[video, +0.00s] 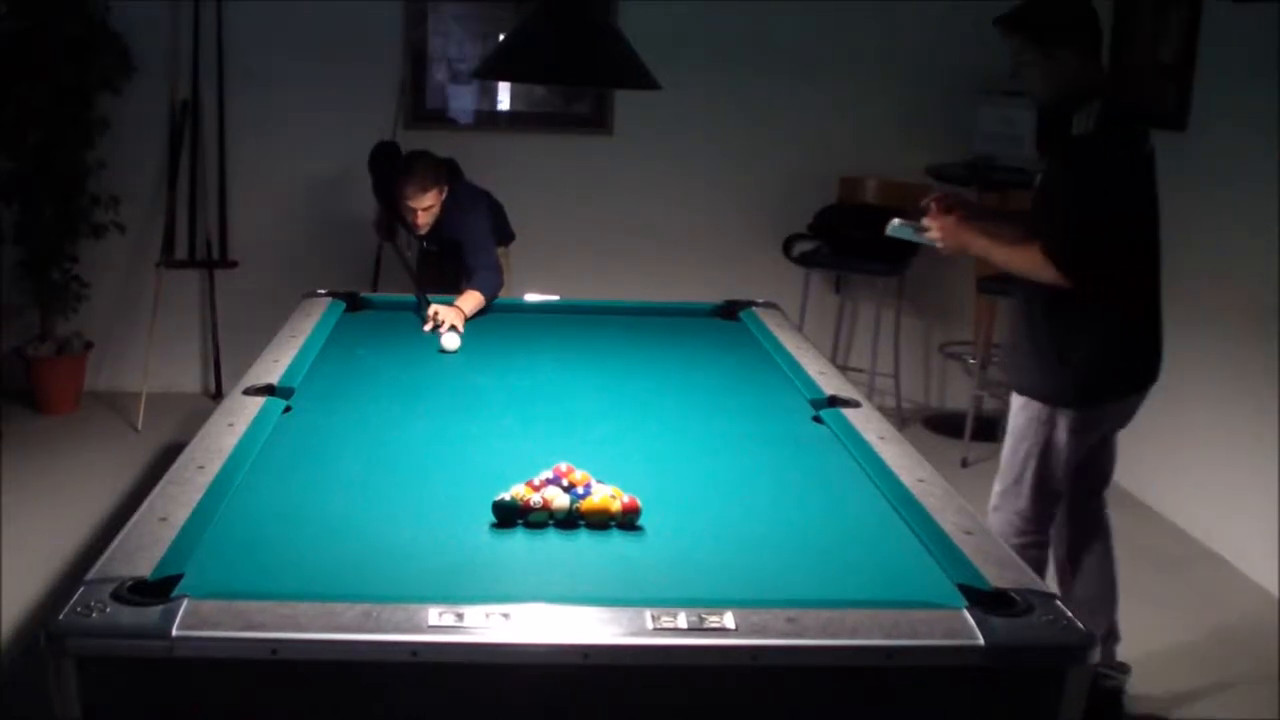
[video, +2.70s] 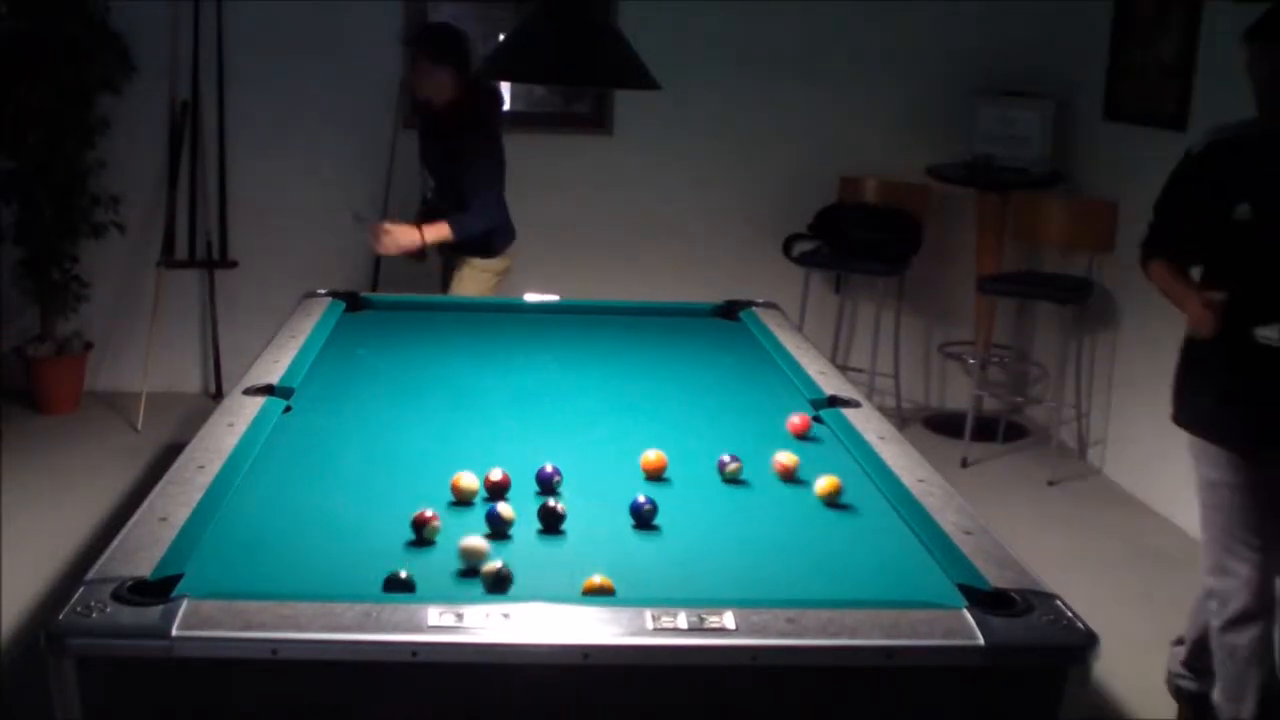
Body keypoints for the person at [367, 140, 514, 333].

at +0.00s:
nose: (419, 219)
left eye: (428, 209)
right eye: (411, 210)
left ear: (443, 194)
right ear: (399, 202)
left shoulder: (468, 210)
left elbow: (490, 275)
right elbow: (383, 150)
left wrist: (460, 310)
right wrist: (387, 212)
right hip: (434, 246)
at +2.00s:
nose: (425, 191)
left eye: (435, 180)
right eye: (417, 181)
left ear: (450, 166)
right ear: (404, 171)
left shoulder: (472, 183)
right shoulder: (391, 166)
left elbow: (495, 260)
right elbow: (380, 162)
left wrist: (460, 309)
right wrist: (388, 228)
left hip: (474, 261)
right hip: (432, 257)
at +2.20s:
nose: (445, 162)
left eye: (456, 151)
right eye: (437, 150)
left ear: (472, 143)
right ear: (424, 142)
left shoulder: (490, 172)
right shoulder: (408, 153)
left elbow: (503, 257)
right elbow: (394, 172)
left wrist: (466, 307)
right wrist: (408, 227)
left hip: (481, 259)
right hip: (435, 253)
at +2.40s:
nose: (449, 133)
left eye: (461, 124)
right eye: (443, 122)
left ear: (478, 124)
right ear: (431, 118)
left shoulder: (492, 159)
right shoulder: (418, 141)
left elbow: (497, 244)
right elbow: (404, 172)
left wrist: (465, 304)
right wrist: (410, 219)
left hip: (489, 256)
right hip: (444, 251)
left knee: (490, 337)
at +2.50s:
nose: (444, 112)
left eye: (455, 103)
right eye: (438, 102)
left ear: (475, 105)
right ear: (429, 102)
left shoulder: (488, 147)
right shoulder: (423, 134)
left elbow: (489, 233)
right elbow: (415, 178)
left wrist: (457, 295)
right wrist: (411, 225)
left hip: (494, 252)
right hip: (450, 245)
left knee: (486, 339)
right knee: (444, 333)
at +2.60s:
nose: (435, 93)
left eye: (445, 84)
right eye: (431, 83)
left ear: (465, 86)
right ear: (423, 85)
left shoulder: (482, 132)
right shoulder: (428, 123)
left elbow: (490, 223)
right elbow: (426, 175)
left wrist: (440, 269)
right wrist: (413, 224)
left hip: (493, 256)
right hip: (449, 247)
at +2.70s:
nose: (418, 80)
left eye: (427, 70)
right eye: (418, 69)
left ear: (448, 70)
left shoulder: (475, 115)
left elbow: (485, 214)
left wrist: (420, 235)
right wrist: (420, 233)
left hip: (486, 245)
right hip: (456, 240)